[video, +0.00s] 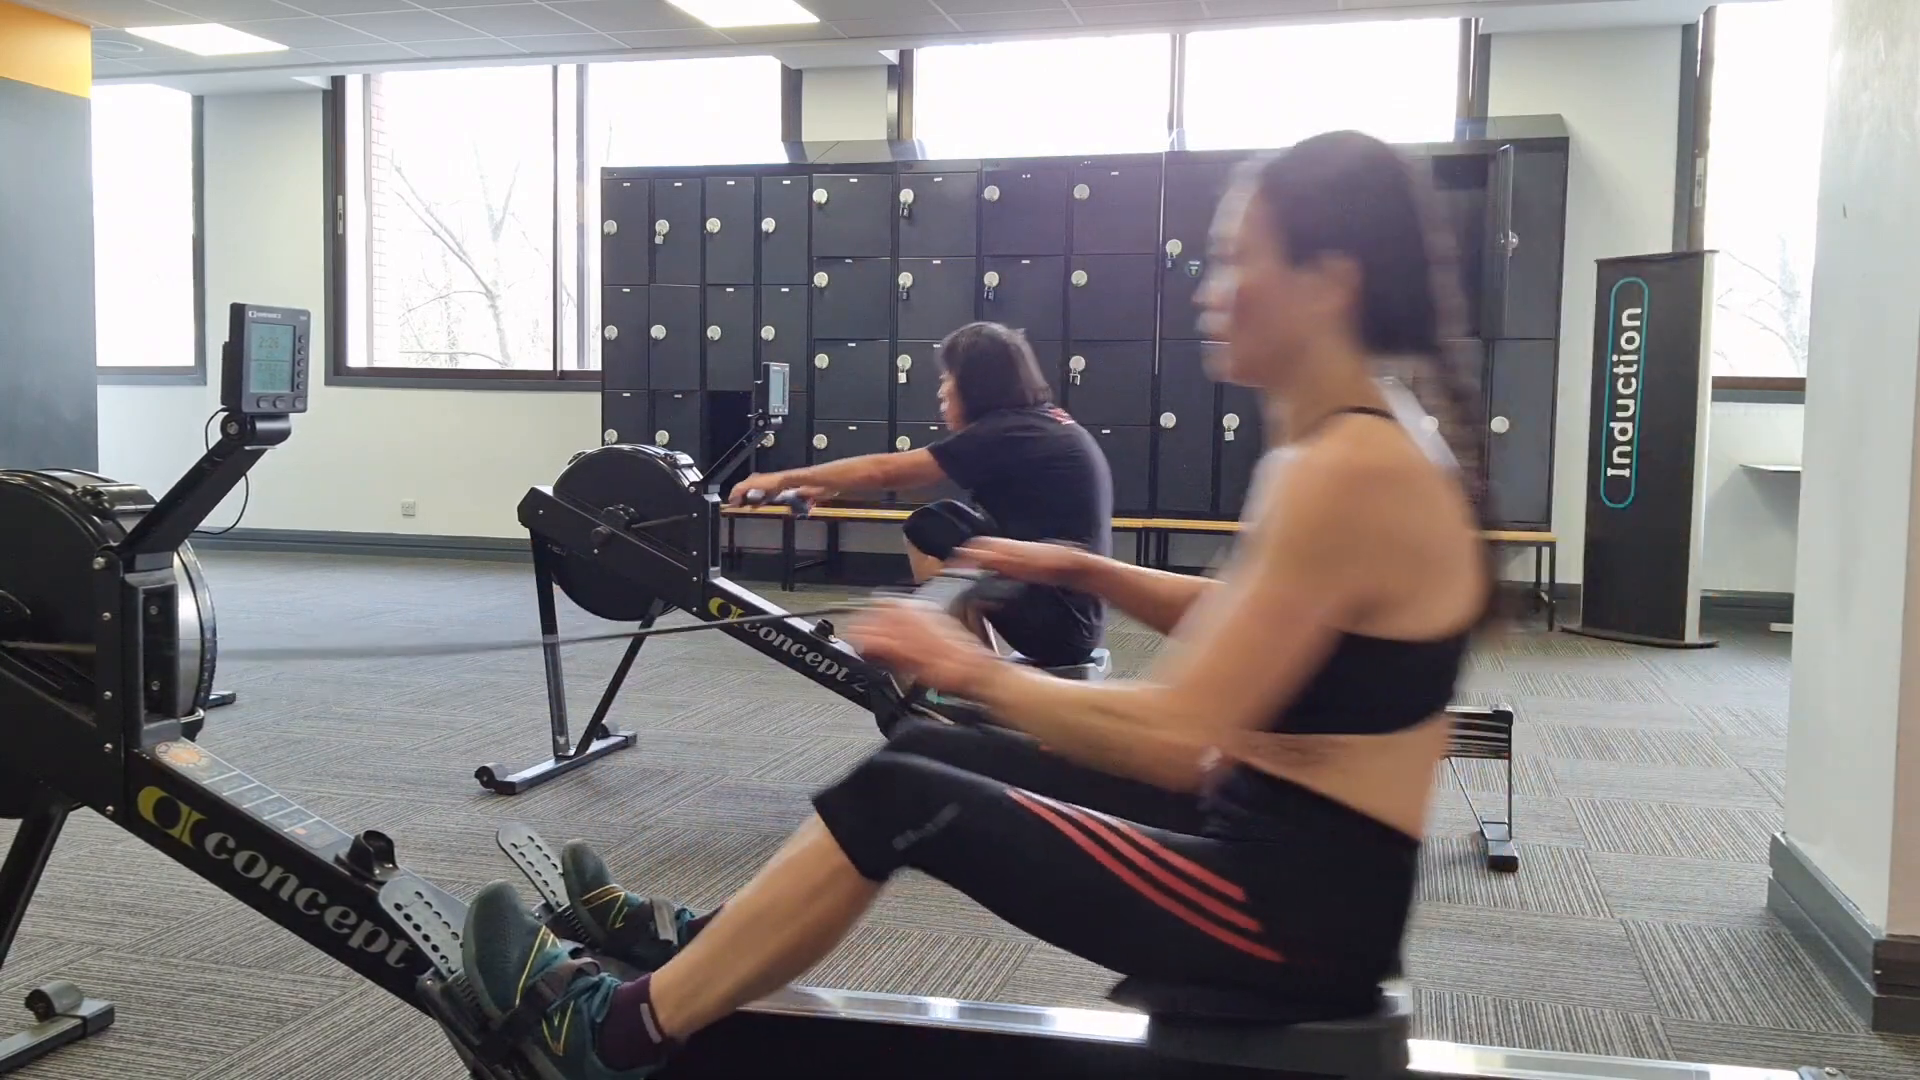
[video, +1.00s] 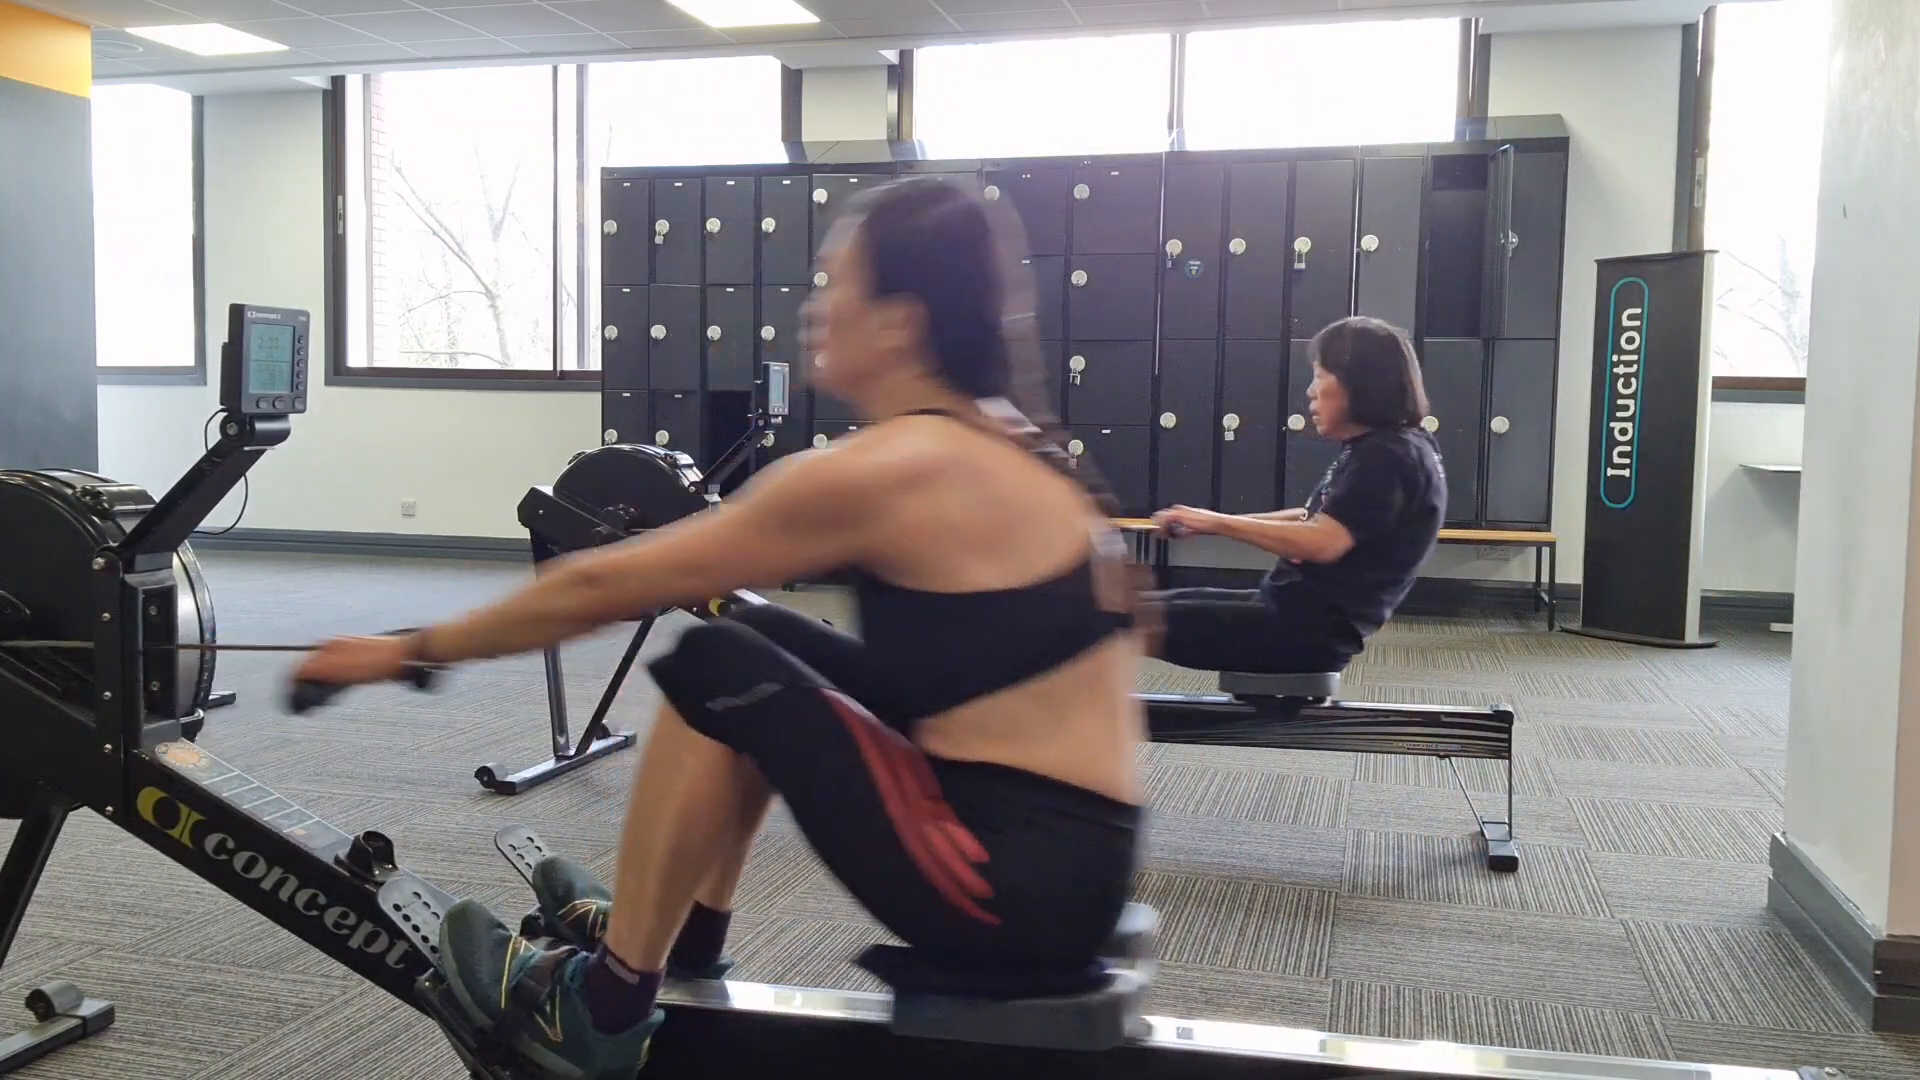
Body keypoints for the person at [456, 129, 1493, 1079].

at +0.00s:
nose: (1208, 296)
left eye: (1236, 263)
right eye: (1213, 266)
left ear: (1334, 280)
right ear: (1319, 284)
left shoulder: (1350, 469)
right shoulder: (1347, 453)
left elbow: (1179, 743)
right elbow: (1253, 628)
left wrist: (972, 669)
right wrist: (1084, 571)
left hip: (1290, 910)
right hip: (1273, 868)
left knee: (913, 786)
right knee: (923, 747)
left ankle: (640, 1025)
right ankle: (691, 975)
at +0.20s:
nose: (1015, 303)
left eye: (1036, 274)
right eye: (1021, 275)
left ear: (1124, 292)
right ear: (1121, 295)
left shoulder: (1129, 469)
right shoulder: (1179, 433)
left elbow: (891, 705)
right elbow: (1017, 584)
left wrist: (704, 688)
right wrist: (846, 583)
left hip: (1169, 901)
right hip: (1176, 831)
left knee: (834, 741)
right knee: (858, 695)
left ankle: (621, 1020)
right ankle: (672, 952)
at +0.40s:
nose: (846, 316)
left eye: (866, 290)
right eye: (853, 290)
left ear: (941, 315)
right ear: (939, 317)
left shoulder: (939, 480)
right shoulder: (1027, 437)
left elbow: (683, 659)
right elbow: (779, 606)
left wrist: (492, 745)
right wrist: (658, 639)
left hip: (1041, 901)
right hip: (1094, 868)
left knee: (728, 701)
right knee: (788, 655)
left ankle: (614, 1015)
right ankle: (692, 948)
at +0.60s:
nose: (706, 342)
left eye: (722, 319)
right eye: (714, 316)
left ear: (790, 341)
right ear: (828, 348)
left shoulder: (792, 486)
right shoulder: (919, 467)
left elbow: (511, 653)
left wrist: (327, 759)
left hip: (946, 894)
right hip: (1025, 874)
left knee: (661, 668)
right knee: (722, 644)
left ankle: (606, 1015)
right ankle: (685, 944)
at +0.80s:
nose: (671, 342)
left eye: (687, 320)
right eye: (681, 317)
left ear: (752, 349)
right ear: (797, 355)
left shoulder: (753, 488)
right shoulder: (890, 470)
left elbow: (459, 609)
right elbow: (1035, 627)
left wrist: (259, 676)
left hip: (922, 893)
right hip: (999, 877)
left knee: (644, 645)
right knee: (709, 625)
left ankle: (604, 1000)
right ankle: (683, 929)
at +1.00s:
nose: (812, 314)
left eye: (832, 290)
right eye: (820, 288)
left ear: (906, 319)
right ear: (922, 321)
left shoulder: (883, 473)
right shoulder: (1005, 443)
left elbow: (602, 583)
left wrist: (411, 649)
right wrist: (672, 575)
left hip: (1005, 891)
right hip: (1076, 870)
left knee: (716, 661)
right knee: (765, 643)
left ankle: (605, 998)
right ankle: (684, 949)